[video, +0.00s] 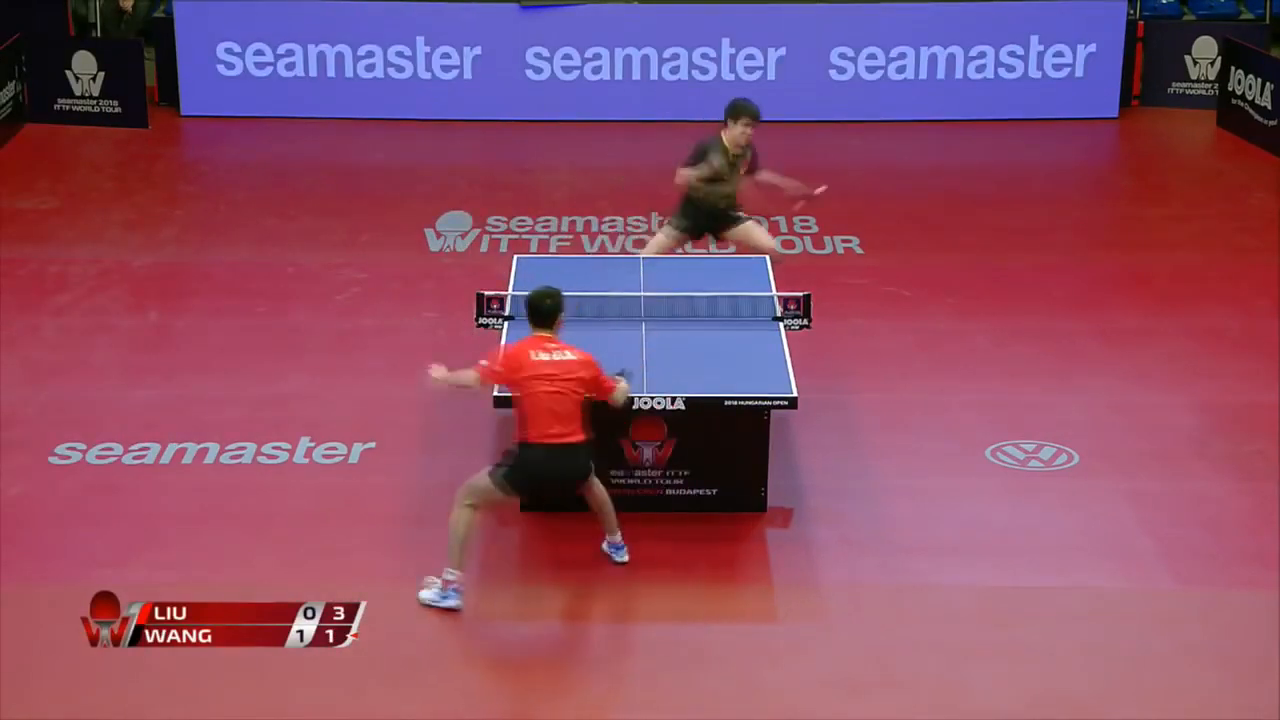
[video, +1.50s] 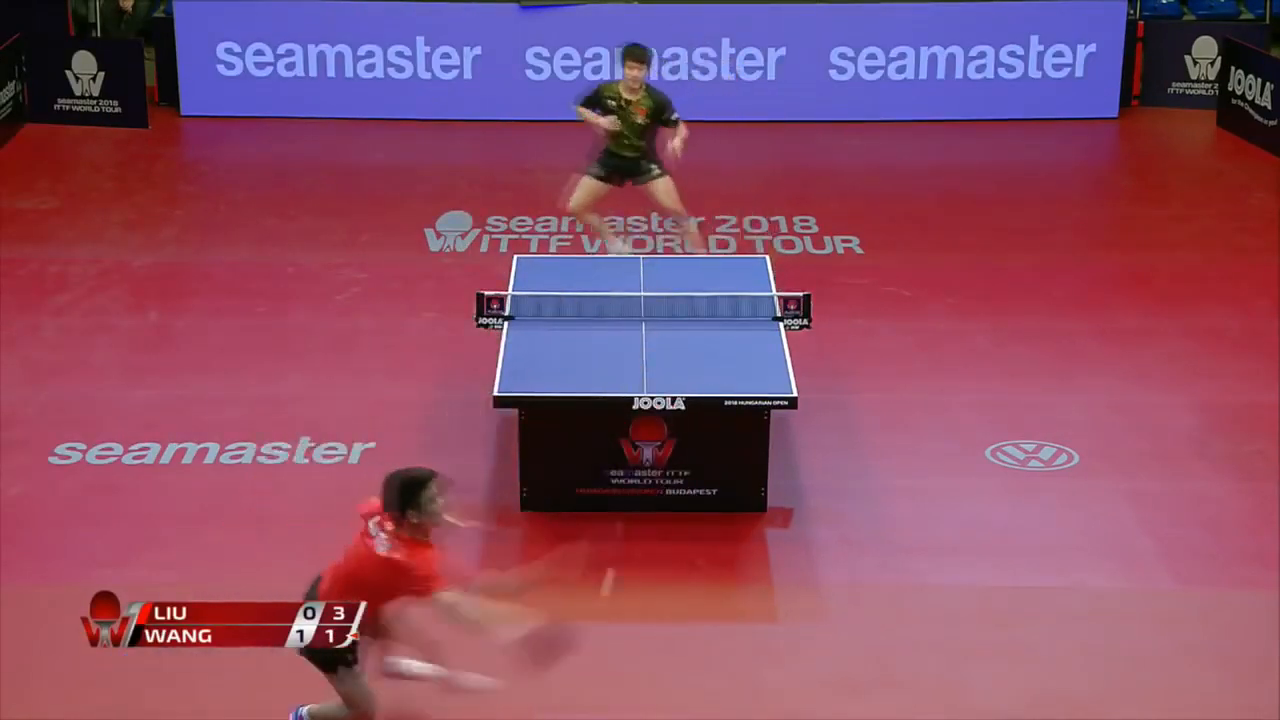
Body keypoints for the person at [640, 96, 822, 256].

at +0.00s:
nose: (749, 132)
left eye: (752, 127)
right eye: (745, 126)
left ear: (752, 129)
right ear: (729, 124)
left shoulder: (748, 151)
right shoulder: (707, 148)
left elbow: (757, 175)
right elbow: (681, 178)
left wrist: (789, 187)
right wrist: (707, 170)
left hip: (726, 217)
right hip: (693, 216)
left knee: (770, 248)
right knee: (646, 256)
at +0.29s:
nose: (724, 119)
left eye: (728, 115)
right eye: (720, 113)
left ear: (737, 114)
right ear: (715, 112)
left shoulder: (746, 136)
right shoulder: (710, 134)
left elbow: (755, 141)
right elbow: (700, 158)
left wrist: (729, 110)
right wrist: (689, 164)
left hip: (751, 203)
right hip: (721, 201)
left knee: (771, 249)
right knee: (671, 229)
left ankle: (795, 294)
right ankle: (680, 283)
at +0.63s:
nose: (711, 122)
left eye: (716, 117)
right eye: (708, 117)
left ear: (725, 118)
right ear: (702, 116)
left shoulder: (736, 142)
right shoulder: (685, 138)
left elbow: (753, 167)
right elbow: (670, 162)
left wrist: (754, 193)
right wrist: (684, 185)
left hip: (724, 197)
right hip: (692, 194)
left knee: (753, 237)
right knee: (642, 243)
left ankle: (774, 277)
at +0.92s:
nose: (732, 102)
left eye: (735, 97)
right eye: (727, 96)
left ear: (738, 98)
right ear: (713, 95)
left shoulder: (740, 119)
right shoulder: (695, 119)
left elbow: (776, 125)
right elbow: (682, 156)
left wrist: (812, 139)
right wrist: (705, 127)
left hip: (730, 191)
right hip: (697, 191)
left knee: (769, 231)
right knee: (651, 241)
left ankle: (777, 277)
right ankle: (627, 284)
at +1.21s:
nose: (682, 72)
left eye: (687, 67)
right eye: (677, 67)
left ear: (694, 68)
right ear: (669, 68)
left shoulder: (704, 87)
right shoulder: (663, 94)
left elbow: (730, 87)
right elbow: (656, 120)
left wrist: (711, 67)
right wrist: (637, 129)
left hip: (707, 161)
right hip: (676, 162)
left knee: (735, 218)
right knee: (638, 211)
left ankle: (749, 264)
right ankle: (623, 258)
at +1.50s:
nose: (634, 74)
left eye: (639, 69)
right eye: (630, 68)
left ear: (647, 71)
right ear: (623, 69)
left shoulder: (656, 100)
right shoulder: (606, 91)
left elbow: (680, 126)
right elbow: (581, 109)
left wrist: (678, 139)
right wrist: (599, 121)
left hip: (644, 162)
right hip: (611, 160)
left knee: (676, 210)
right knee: (577, 206)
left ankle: (701, 259)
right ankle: (614, 245)